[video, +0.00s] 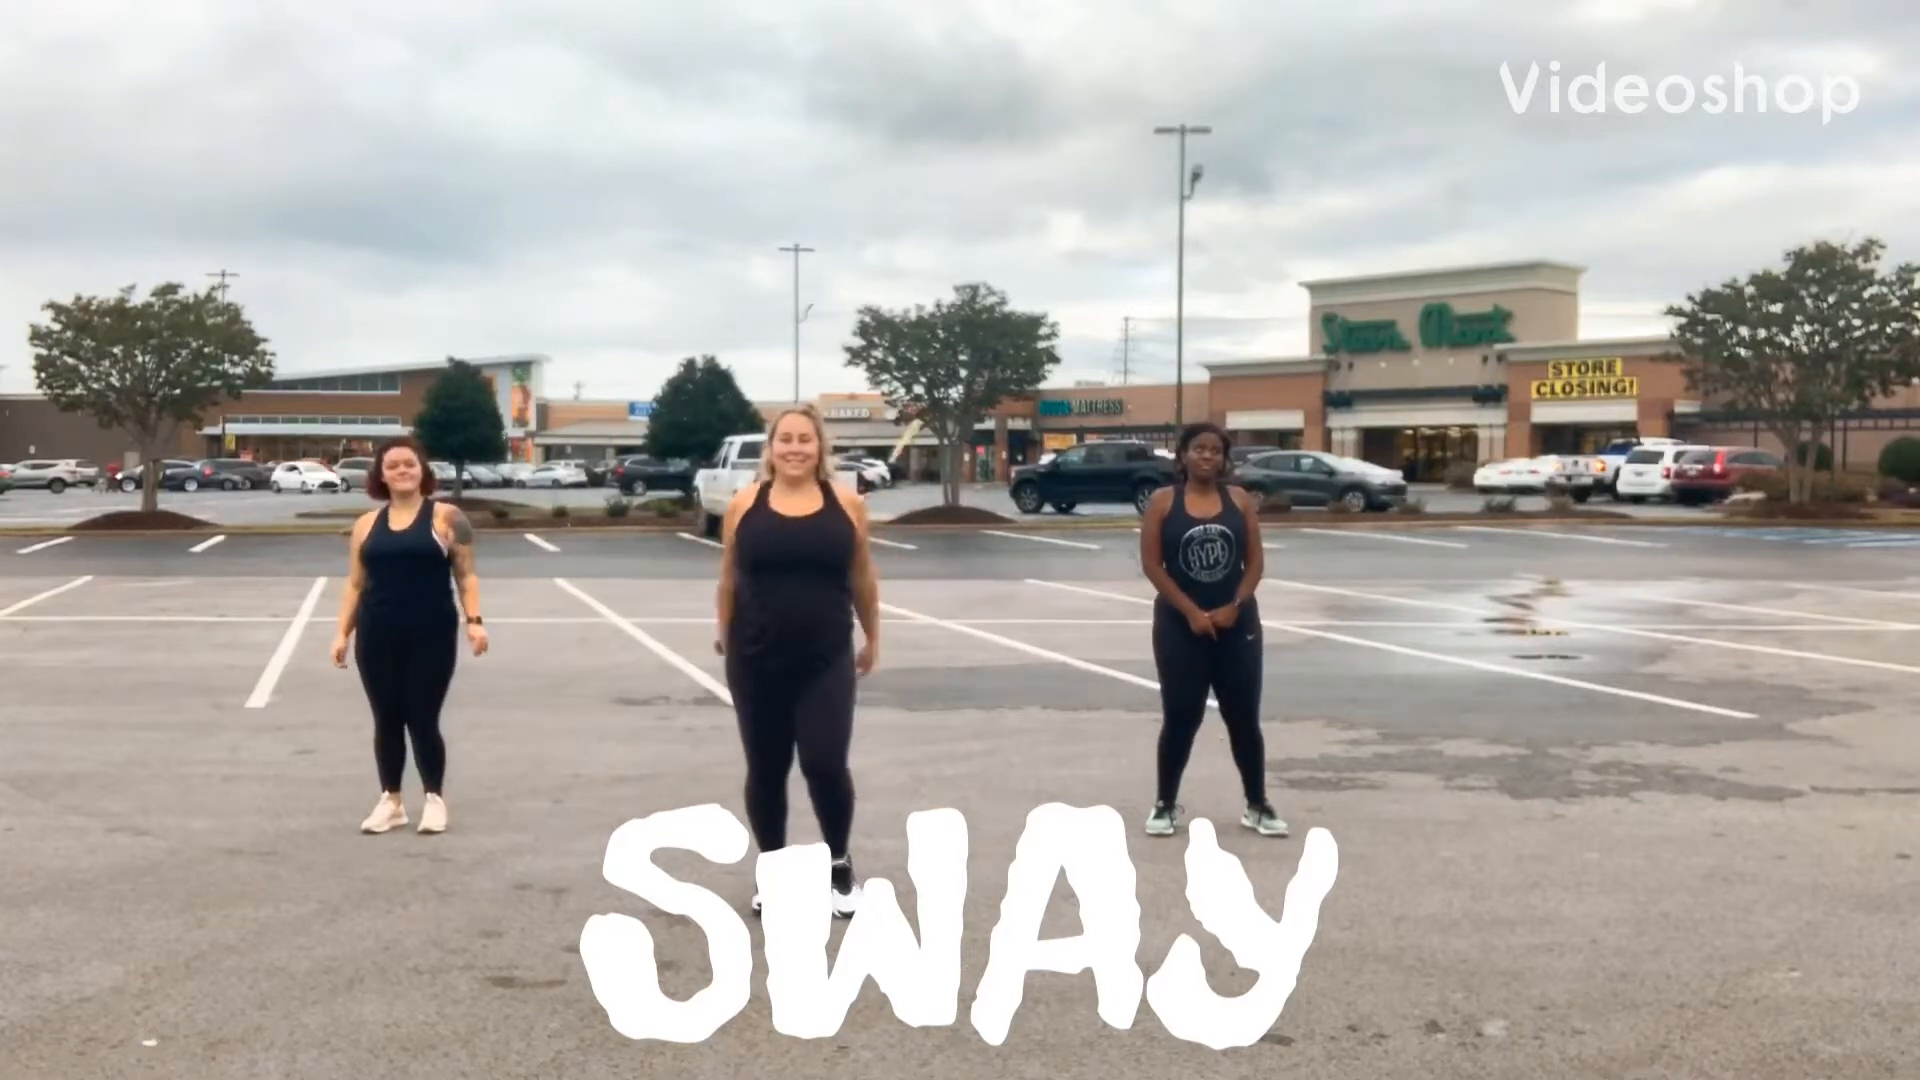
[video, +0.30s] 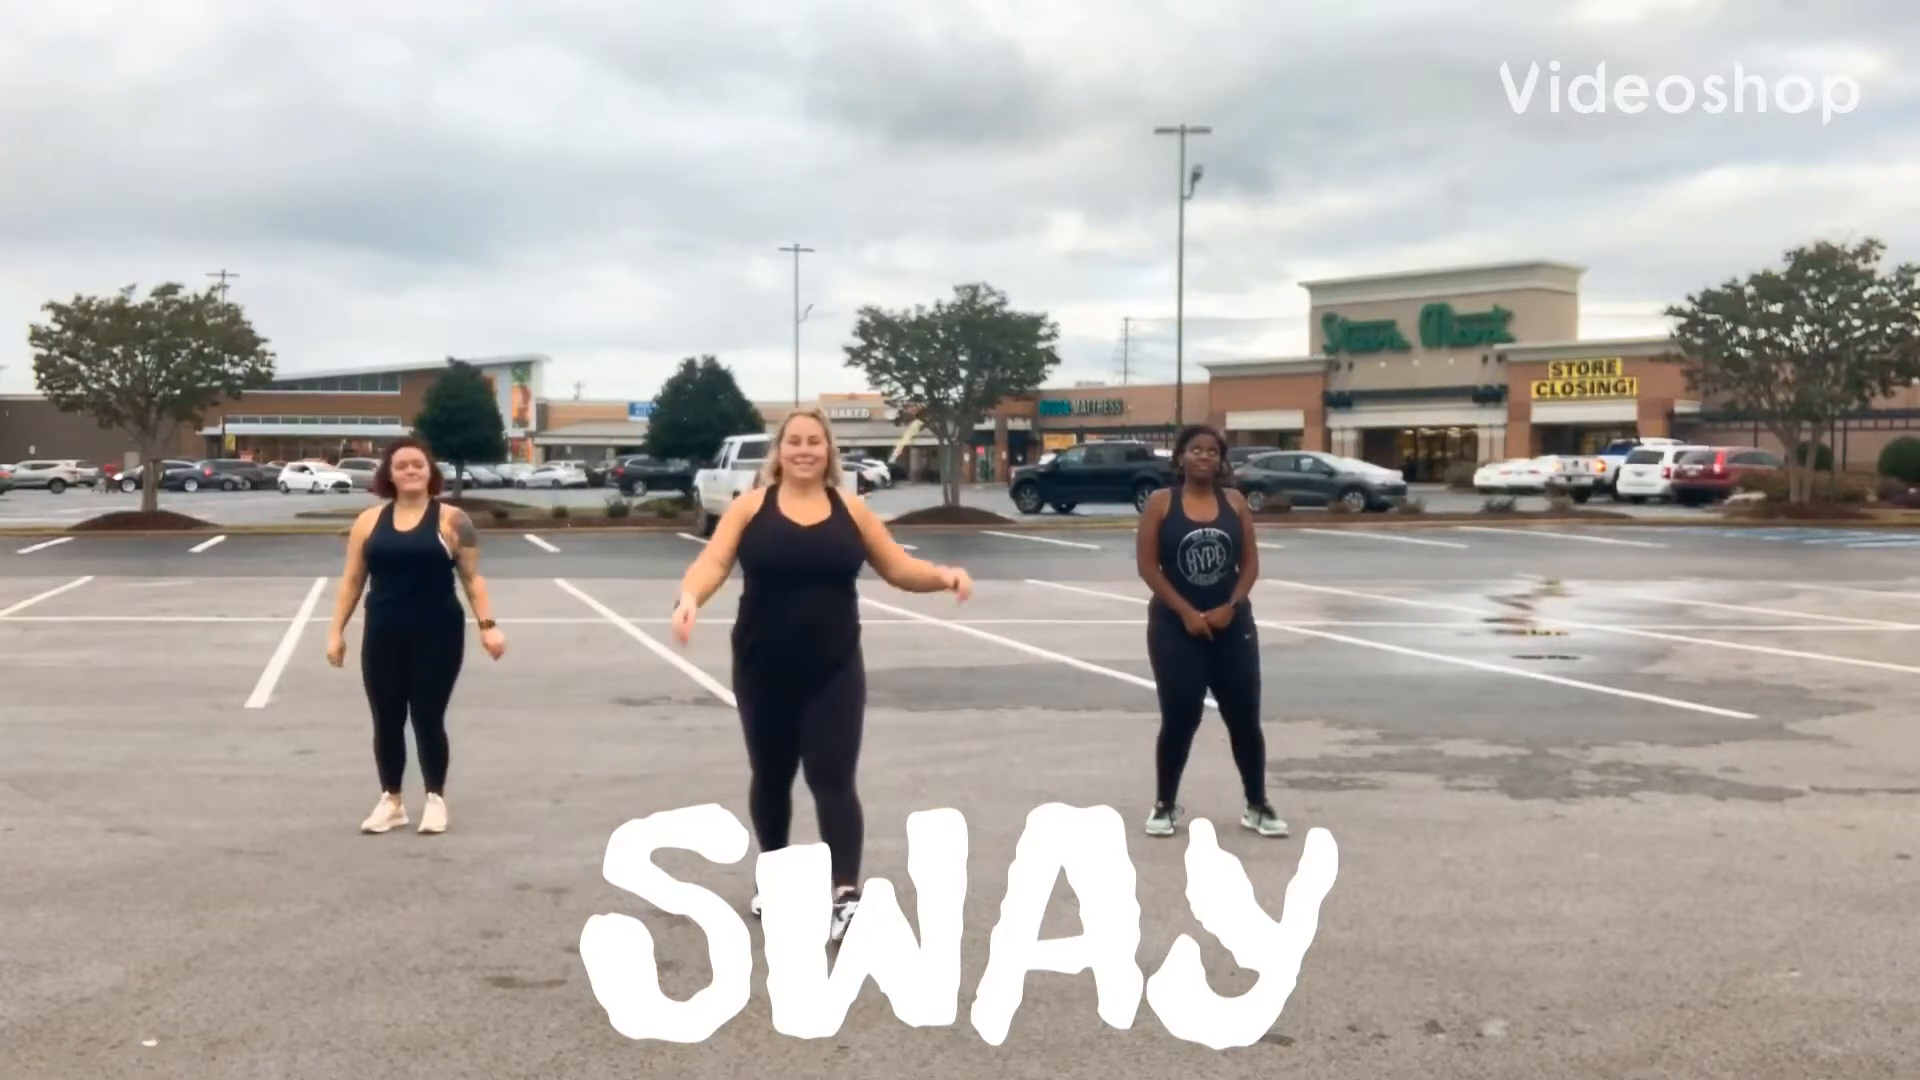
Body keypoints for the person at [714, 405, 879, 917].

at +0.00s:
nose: (795, 448)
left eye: (805, 439)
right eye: (785, 439)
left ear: (820, 448)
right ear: (770, 448)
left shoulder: (845, 505)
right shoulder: (744, 504)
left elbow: (862, 575)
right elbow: (728, 576)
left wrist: (872, 637)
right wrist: (725, 631)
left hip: (826, 658)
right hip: (755, 658)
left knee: (824, 767)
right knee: (765, 772)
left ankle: (839, 863)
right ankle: (769, 873)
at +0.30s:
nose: (803, 450)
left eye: (813, 442)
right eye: (794, 442)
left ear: (829, 451)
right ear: (778, 450)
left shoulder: (851, 510)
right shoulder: (749, 507)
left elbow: (897, 568)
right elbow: (714, 561)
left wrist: (942, 575)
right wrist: (689, 597)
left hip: (834, 670)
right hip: (763, 670)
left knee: (832, 779)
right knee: (770, 778)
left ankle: (845, 892)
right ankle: (772, 879)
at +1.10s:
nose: (819, 451)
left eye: (830, 441)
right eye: (809, 441)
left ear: (848, 452)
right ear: (792, 452)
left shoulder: (877, 516)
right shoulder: (761, 517)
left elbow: (919, 590)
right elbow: (714, 576)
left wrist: (898, 657)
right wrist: (732, 625)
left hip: (861, 703)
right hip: (780, 701)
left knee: (853, 828)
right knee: (786, 833)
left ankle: (849, 915)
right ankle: (784, 975)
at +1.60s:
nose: (814, 436)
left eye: (826, 425)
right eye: (802, 426)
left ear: (844, 439)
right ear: (782, 440)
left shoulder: (870, 502)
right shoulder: (752, 509)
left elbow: (928, 542)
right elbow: (681, 579)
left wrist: (929, 578)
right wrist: (732, 574)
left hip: (858, 701)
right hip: (772, 704)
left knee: (855, 838)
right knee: (783, 841)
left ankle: (863, 974)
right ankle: (787, 981)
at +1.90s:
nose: (824, 439)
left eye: (836, 430)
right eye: (813, 430)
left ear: (854, 444)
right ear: (794, 442)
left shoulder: (883, 508)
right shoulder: (765, 510)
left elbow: (958, 569)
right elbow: (727, 598)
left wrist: (944, 610)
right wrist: (796, 571)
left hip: (869, 702)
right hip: (786, 703)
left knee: (863, 832)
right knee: (799, 829)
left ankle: (862, 970)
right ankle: (790, 976)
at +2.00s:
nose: (826, 443)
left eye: (838, 434)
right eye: (814, 433)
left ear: (856, 446)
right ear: (795, 445)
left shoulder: (882, 514)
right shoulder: (764, 511)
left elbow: (931, 598)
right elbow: (749, 602)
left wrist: (909, 648)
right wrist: (827, 642)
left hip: (870, 699)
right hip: (787, 701)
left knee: (865, 833)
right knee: (801, 829)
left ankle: (865, 970)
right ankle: (791, 975)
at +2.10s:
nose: (825, 446)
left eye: (838, 436)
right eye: (814, 435)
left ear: (855, 449)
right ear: (795, 448)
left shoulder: (882, 519)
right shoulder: (764, 514)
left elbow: (904, 611)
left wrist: (850, 630)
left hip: (863, 693)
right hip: (779, 692)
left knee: (860, 835)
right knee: (787, 830)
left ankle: (861, 972)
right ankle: (767, 971)